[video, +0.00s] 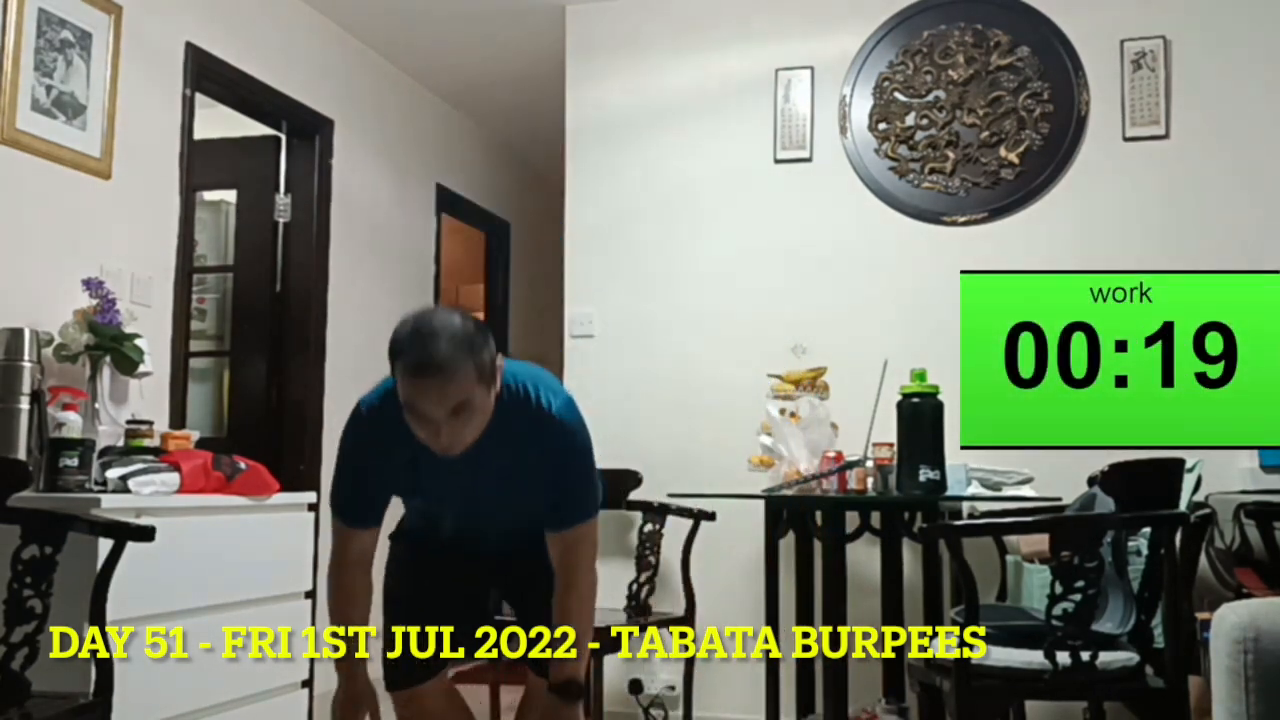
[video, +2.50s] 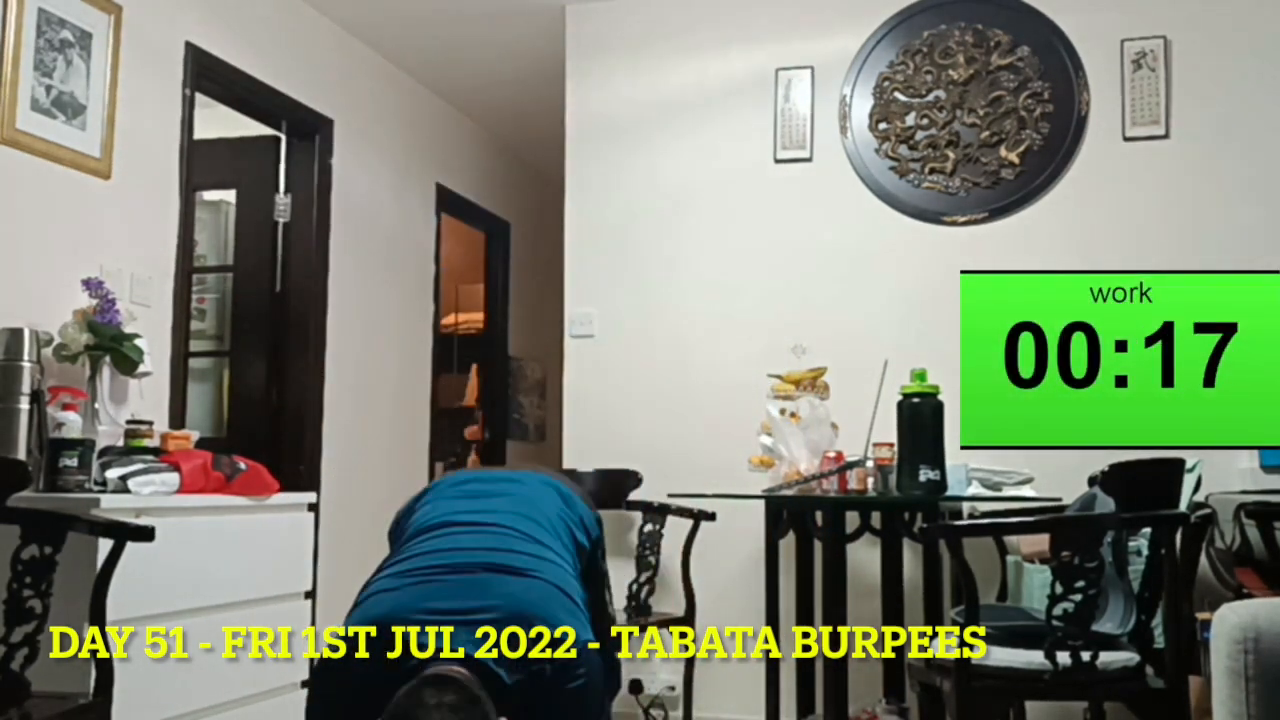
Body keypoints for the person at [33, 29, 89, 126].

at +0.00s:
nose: (66, 52)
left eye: (69, 48)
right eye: (63, 49)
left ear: (74, 49)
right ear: (61, 50)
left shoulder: (79, 65)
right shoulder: (61, 60)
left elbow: (70, 89)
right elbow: (57, 81)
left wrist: (49, 82)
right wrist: (49, 101)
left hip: (79, 101)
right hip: (63, 94)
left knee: (64, 98)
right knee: (49, 89)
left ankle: (70, 119)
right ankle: (61, 117)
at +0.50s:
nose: (66, 51)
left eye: (69, 48)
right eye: (63, 48)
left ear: (74, 49)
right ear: (60, 50)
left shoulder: (79, 65)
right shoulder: (61, 60)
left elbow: (70, 89)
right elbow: (57, 81)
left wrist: (49, 83)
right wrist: (49, 101)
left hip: (80, 102)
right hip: (63, 95)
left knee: (64, 98)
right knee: (48, 88)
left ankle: (70, 120)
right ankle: (61, 117)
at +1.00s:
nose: (66, 51)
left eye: (69, 48)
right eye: (63, 48)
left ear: (74, 49)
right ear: (60, 50)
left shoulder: (79, 65)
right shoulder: (61, 60)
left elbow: (70, 89)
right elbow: (57, 81)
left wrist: (49, 83)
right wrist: (49, 101)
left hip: (80, 102)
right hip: (63, 95)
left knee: (64, 98)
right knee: (47, 88)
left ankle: (70, 120)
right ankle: (61, 117)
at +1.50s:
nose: (66, 51)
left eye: (69, 48)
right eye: (63, 48)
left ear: (74, 49)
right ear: (61, 50)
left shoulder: (79, 66)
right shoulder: (61, 60)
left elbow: (70, 89)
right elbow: (57, 81)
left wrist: (49, 82)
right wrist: (49, 100)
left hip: (80, 102)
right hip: (63, 95)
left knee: (64, 98)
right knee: (48, 88)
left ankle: (70, 120)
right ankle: (61, 116)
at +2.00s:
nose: (65, 50)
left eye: (68, 47)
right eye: (63, 47)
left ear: (74, 49)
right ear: (60, 49)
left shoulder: (78, 65)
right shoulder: (61, 60)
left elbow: (69, 89)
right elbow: (56, 80)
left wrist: (49, 83)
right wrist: (49, 101)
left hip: (79, 101)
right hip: (63, 94)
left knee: (63, 98)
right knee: (47, 88)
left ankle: (69, 119)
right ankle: (61, 116)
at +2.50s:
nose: (66, 51)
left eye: (69, 48)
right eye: (63, 48)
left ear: (74, 49)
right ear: (60, 50)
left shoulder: (79, 66)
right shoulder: (61, 60)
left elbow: (69, 89)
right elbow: (56, 80)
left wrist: (49, 82)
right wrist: (49, 101)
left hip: (79, 102)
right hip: (63, 94)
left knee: (64, 98)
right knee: (48, 88)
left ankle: (69, 119)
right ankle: (60, 116)